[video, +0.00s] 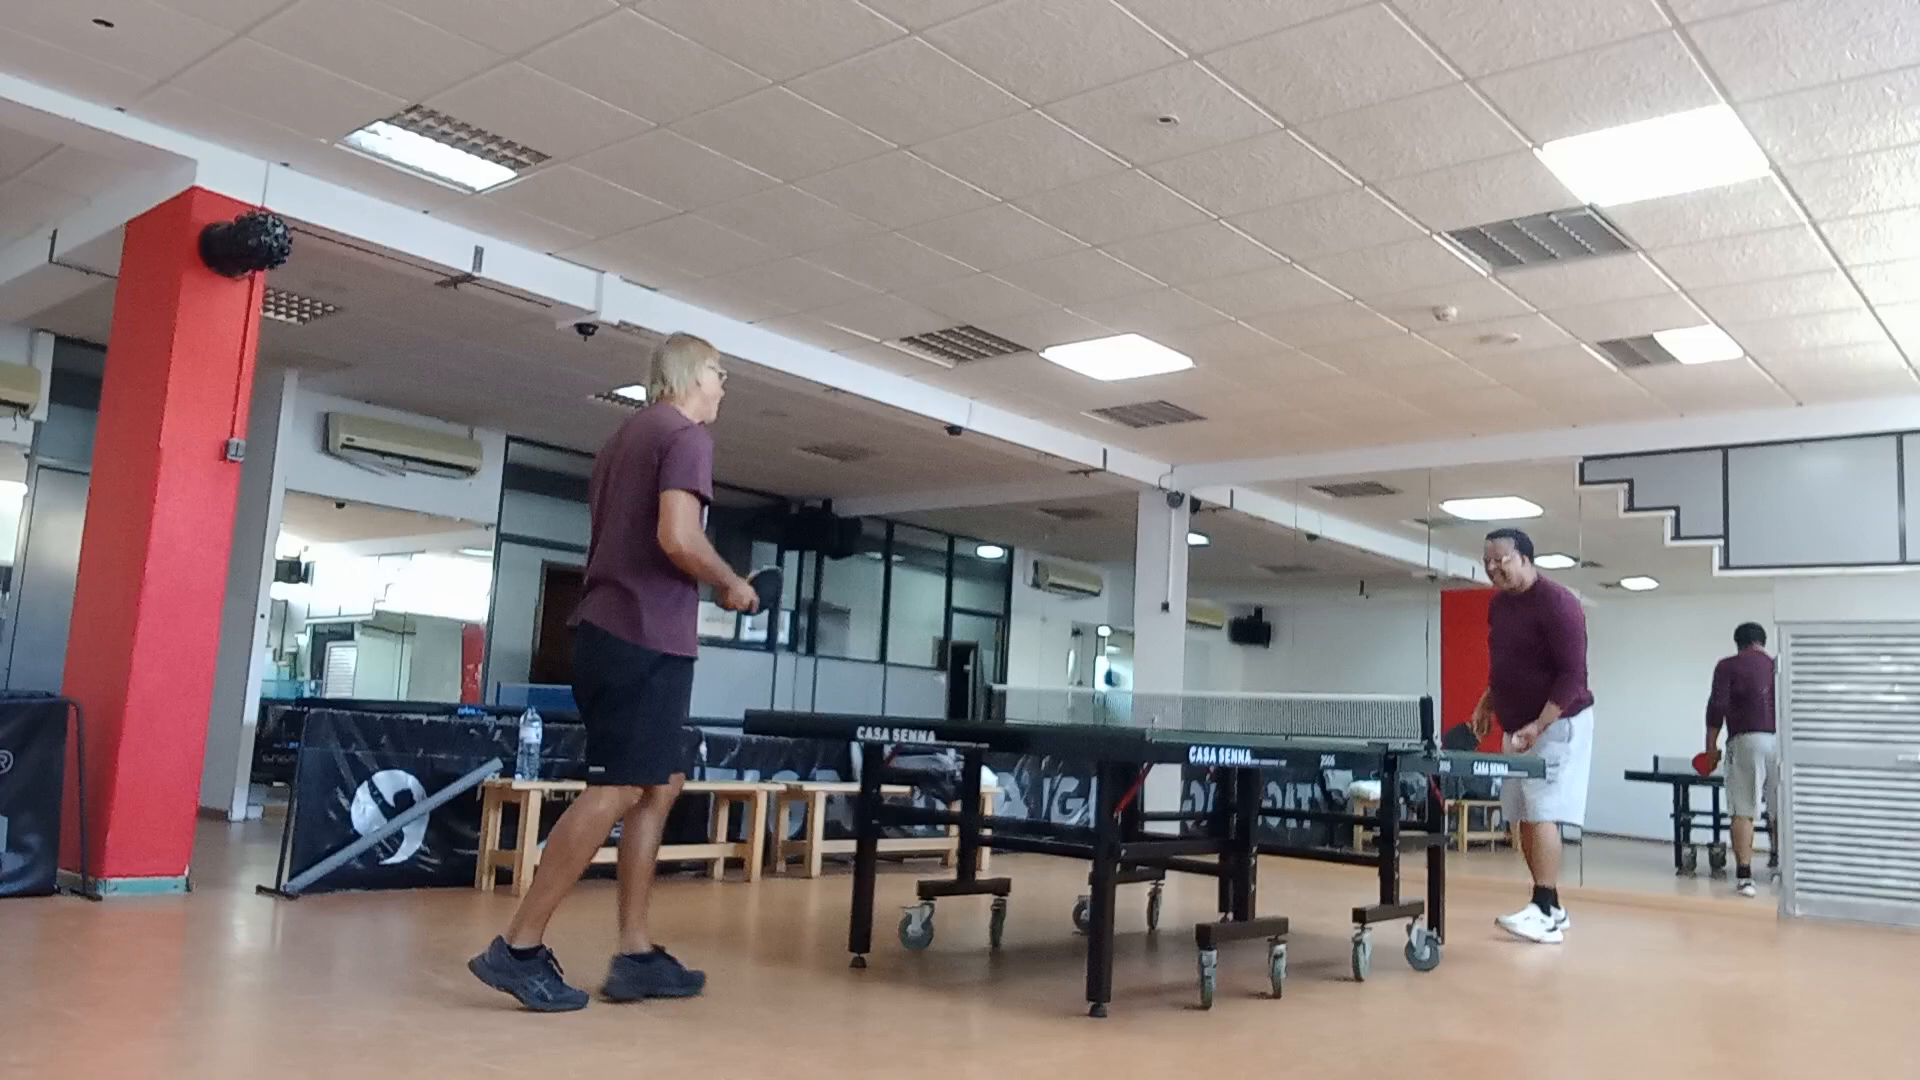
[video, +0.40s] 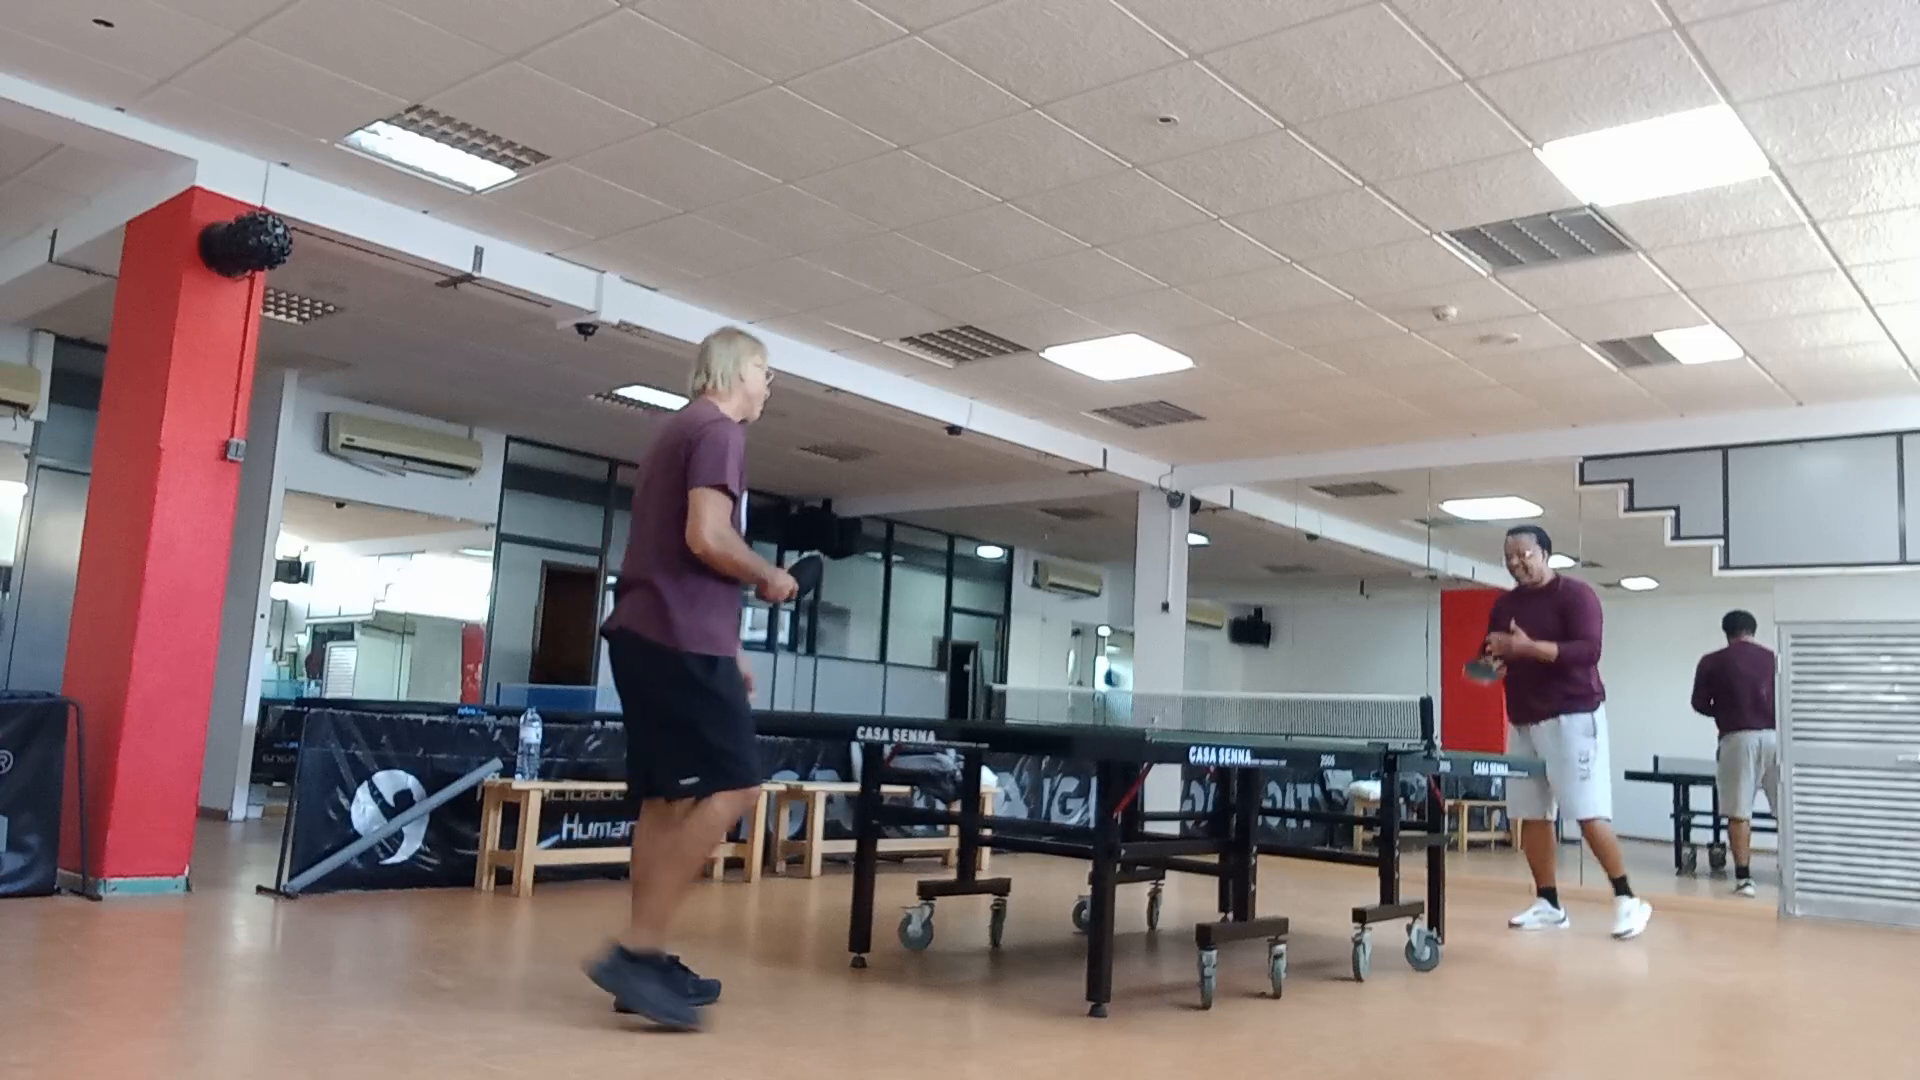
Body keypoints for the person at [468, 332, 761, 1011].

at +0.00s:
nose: (723, 393)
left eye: (721, 380)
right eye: (719, 380)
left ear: (662, 382)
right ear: (695, 380)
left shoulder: (624, 436)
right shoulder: (683, 432)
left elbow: (612, 536)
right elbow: (678, 537)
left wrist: (708, 576)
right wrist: (729, 581)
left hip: (619, 634)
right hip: (642, 640)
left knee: (661, 783)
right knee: (614, 789)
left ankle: (635, 954)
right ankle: (517, 948)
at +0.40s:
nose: (767, 390)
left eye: (767, 377)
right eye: (763, 376)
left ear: (711, 378)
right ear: (734, 377)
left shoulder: (678, 430)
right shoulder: (717, 428)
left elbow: (676, 562)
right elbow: (705, 535)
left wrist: (727, 649)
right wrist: (767, 574)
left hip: (646, 635)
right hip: (678, 639)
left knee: (664, 797)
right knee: (733, 788)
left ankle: (650, 954)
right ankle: (638, 954)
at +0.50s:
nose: (778, 385)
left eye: (776, 373)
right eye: (774, 372)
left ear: (717, 371)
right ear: (749, 371)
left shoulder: (682, 429)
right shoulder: (731, 430)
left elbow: (681, 566)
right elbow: (715, 539)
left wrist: (744, 647)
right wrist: (775, 578)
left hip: (654, 639)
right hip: (696, 644)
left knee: (669, 800)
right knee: (732, 798)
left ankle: (647, 972)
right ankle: (687, 983)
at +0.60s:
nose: (787, 382)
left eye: (786, 371)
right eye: (784, 370)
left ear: (725, 367)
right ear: (762, 370)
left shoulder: (685, 428)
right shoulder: (749, 433)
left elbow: (686, 560)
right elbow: (737, 549)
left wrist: (749, 642)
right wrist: (792, 581)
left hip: (664, 637)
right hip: (708, 645)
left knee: (675, 804)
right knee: (724, 808)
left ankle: (647, 973)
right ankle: (685, 991)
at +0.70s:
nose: (801, 375)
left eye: (800, 362)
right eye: (798, 361)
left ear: (740, 359)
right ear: (776, 363)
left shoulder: (691, 425)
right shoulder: (762, 433)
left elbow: (694, 536)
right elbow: (760, 551)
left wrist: (785, 556)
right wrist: (811, 580)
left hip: (669, 633)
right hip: (718, 641)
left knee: (675, 801)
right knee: (720, 809)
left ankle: (648, 971)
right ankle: (683, 992)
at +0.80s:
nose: (813, 373)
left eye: (812, 359)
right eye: (811, 359)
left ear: (751, 354)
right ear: (792, 362)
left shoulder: (699, 420)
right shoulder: (772, 434)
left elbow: (708, 535)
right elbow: (775, 556)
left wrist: (797, 563)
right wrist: (824, 579)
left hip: (672, 630)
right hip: (723, 639)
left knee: (672, 800)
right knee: (723, 808)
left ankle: (649, 970)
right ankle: (683, 993)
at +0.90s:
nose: (820, 375)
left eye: (821, 362)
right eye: (818, 361)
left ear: (758, 351)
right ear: (795, 359)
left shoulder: (704, 418)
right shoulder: (778, 432)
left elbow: (705, 534)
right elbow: (781, 556)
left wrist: (802, 569)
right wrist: (831, 583)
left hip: (673, 627)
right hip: (725, 637)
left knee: (672, 796)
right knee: (720, 806)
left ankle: (644, 966)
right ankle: (683, 995)